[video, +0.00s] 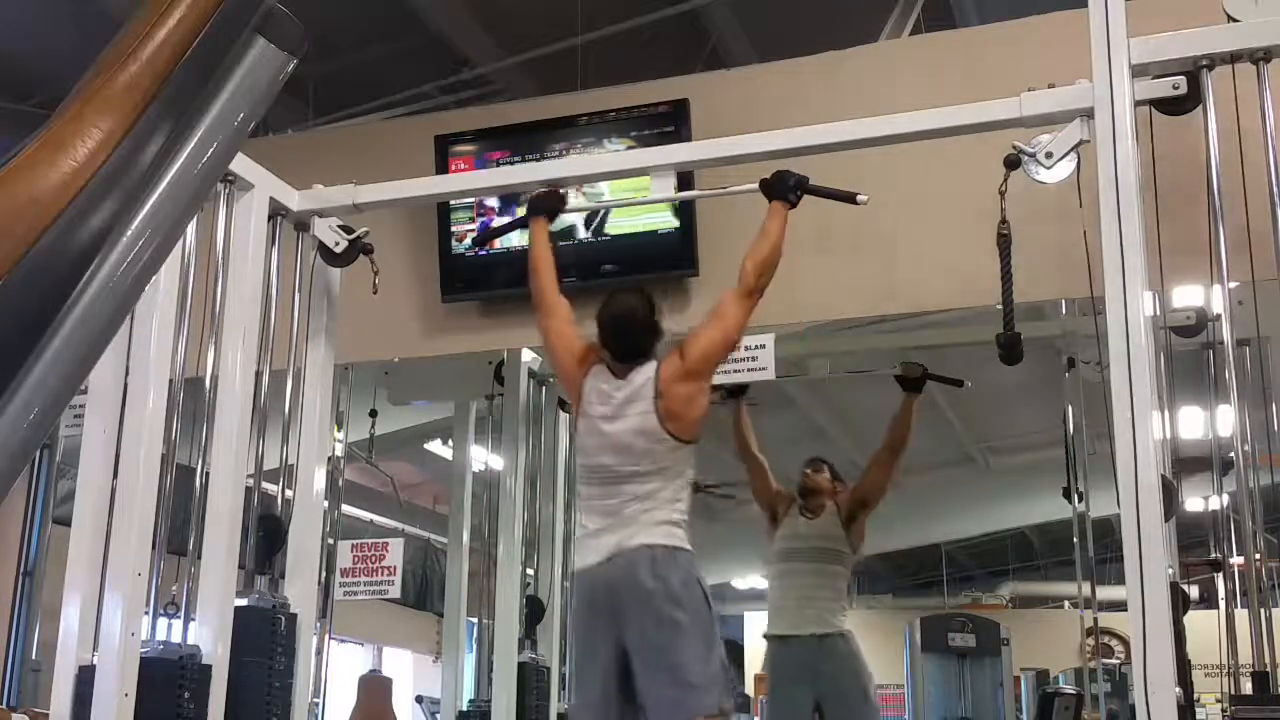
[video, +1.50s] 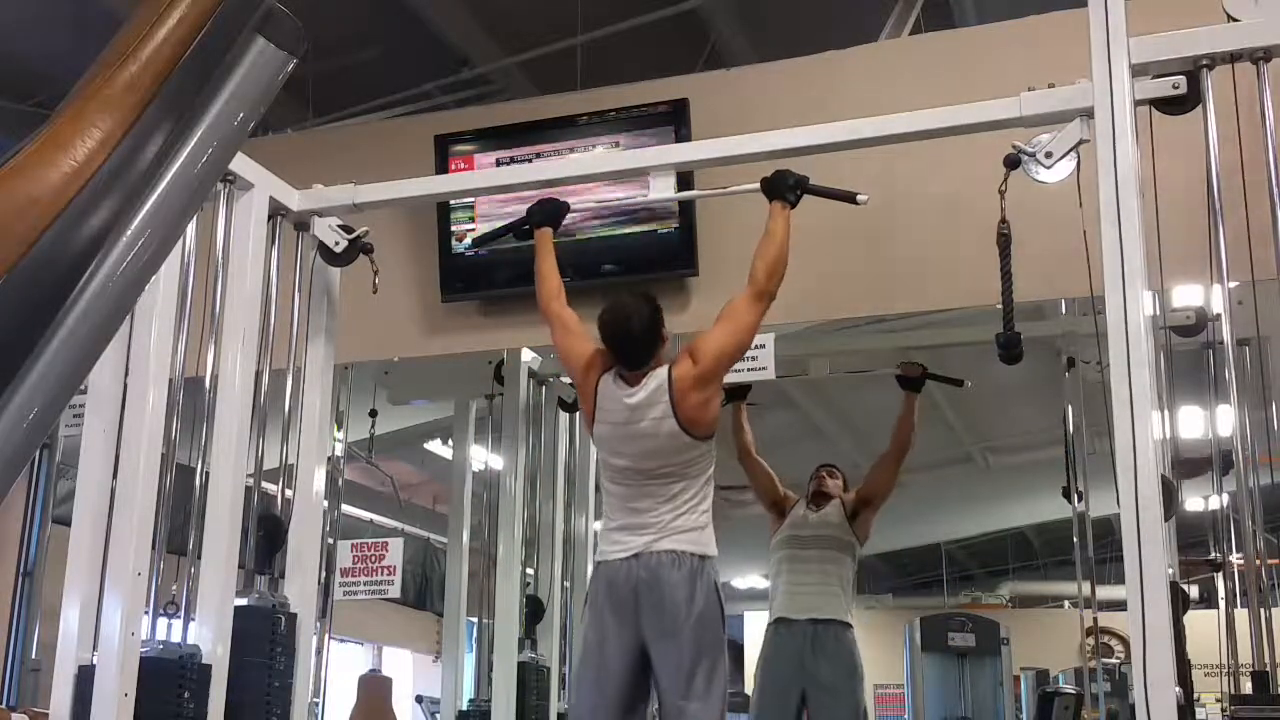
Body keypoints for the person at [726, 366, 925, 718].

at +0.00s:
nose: (809, 471)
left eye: (818, 469)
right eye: (806, 470)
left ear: (836, 485)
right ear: (798, 483)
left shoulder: (849, 510)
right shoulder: (781, 509)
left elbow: (890, 452)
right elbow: (750, 455)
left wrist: (911, 395)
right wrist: (738, 401)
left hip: (835, 647)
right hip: (784, 649)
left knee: (862, 714)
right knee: (783, 715)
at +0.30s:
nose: (815, 470)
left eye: (824, 467)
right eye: (808, 466)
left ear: (836, 480)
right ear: (798, 478)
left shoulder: (851, 506)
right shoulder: (780, 502)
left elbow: (894, 451)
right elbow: (742, 453)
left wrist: (910, 394)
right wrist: (737, 399)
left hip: (840, 645)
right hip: (785, 647)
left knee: (864, 713)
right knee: (780, 714)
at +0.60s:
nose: (837, 465)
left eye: (843, 463)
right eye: (829, 460)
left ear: (849, 476)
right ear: (810, 471)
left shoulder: (863, 501)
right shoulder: (788, 501)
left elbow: (908, 450)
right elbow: (746, 454)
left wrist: (914, 392)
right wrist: (738, 401)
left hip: (852, 633)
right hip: (799, 635)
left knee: (866, 713)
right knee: (799, 714)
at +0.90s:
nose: (842, 455)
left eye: (848, 454)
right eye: (833, 451)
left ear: (854, 469)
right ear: (814, 465)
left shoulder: (865, 496)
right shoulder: (791, 492)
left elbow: (912, 449)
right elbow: (742, 454)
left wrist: (916, 392)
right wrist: (738, 400)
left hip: (846, 618)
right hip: (794, 617)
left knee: (853, 711)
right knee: (784, 710)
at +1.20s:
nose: (830, 458)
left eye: (838, 458)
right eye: (824, 457)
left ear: (851, 475)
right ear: (813, 473)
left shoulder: (863, 496)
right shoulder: (788, 495)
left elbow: (909, 449)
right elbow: (743, 454)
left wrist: (914, 392)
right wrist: (737, 400)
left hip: (842, 615)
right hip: (790, 615)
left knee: (852, 712)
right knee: (789, 711)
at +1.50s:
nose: (823, 476)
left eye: (832, 475)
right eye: (817, 475)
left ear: (844, 490)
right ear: (807, 488)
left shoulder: (855, 509)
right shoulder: (785, 507)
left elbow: (897, 452)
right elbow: (747, 454)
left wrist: (910, 394)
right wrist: (738, 401)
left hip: (834, 638)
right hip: (781, 636)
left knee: (843, 713)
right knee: (769, 713)